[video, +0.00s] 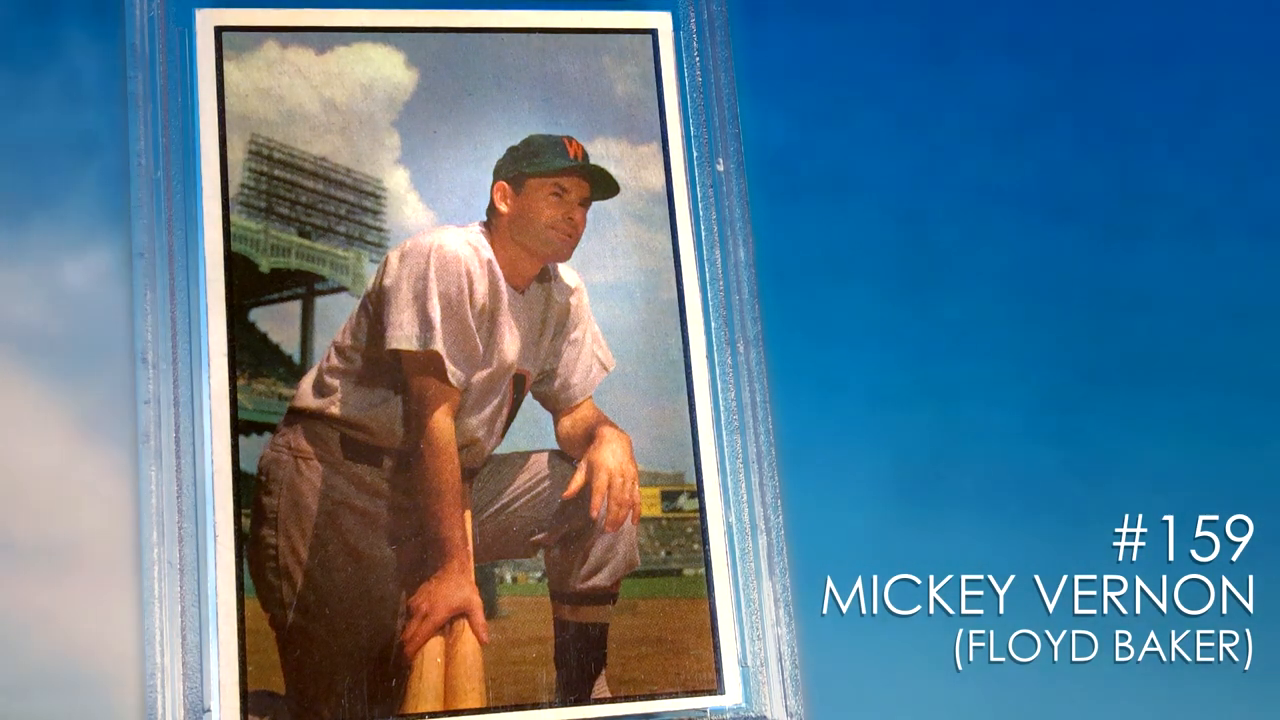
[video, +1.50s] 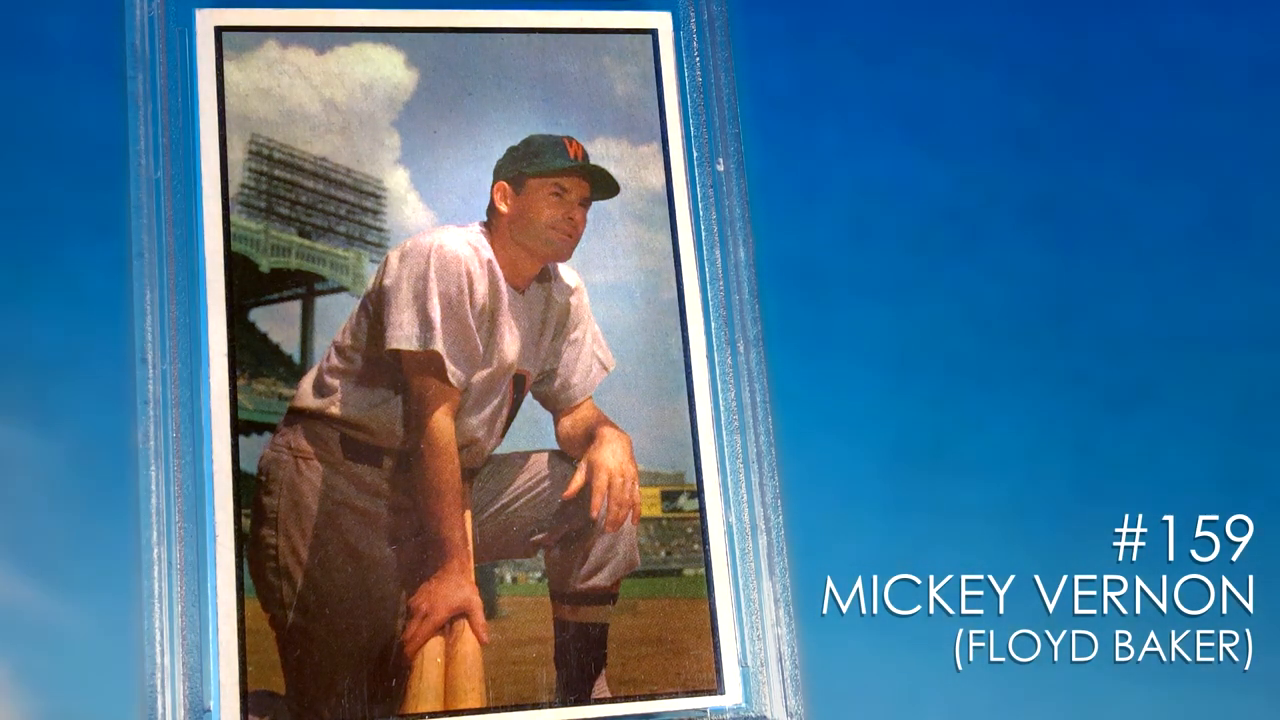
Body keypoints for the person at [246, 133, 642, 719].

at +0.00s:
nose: (576, 216)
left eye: (584, 204)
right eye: (557, 194)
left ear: (586, 217)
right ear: (504, 197)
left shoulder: (560, 296)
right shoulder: (441, 256)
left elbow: (575, 415)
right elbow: (431, 419)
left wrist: (609, 435)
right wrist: (454, 565)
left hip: (440, 486)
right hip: (335, 478)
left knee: (595, 488)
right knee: (352, 700)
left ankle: (580, 694)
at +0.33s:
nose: (576, 216)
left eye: (584, 204)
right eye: (558, 194)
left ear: (586, 217)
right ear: (505, 197)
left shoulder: (560, 295)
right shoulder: (443, 257)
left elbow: (575, 416)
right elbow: (431, 420)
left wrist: (609, 435)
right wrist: (454, 566)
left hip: (440, 486)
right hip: (334, 478)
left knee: (595, 487)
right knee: (350, 700)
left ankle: (580, 695)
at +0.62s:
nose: (576, 216)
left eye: (584, 204)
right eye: (558, 194)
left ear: (586, 218)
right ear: (505, 197)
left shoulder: (560, 296)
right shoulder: (441, 257)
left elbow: (575, 415)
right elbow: (431, 420)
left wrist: (609, 435)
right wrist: (454, 565)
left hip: (440, 486)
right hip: (334, 479)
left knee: (595, 488)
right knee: (350, 703)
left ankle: (579, 695)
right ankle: (241, 707)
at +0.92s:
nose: (576, 216)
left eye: (584, 204)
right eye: (557, 194)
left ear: (586, 217)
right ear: (505, 197)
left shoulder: (560, 296)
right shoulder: (441, 257)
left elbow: (575, 415)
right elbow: (432, 420)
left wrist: (609, 435)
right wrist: (454, 566)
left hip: (439, 485)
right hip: (334, 477)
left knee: (595, 488)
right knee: (349, 700)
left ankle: (580, 695)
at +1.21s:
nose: (576, 216)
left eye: (584, 204)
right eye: (557, 193)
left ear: (586, 217)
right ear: (505, 197)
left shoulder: (560, 296)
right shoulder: (441, 257)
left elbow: (575, 415)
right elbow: (432, 419)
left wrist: (609, 435)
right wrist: (454, 566)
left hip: (439, 486)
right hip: (335, 477)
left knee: (595, 488)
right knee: (349, 700)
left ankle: (580, 695)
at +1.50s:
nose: (576, 215)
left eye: (584, 203)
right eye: (558, 193)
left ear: (587, 217)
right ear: (504, 197)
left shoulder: (560, 296)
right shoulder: (441, 256)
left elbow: (575, 415)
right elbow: (432, 420)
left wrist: (609, 435)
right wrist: (454, 566)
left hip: (439, 486)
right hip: (334, 479)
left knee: (595, 488)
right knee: (348, 702)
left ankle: (581, 694)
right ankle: (237, 706)